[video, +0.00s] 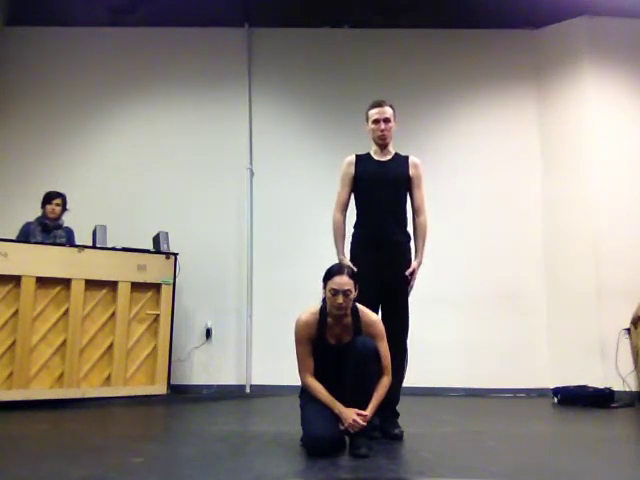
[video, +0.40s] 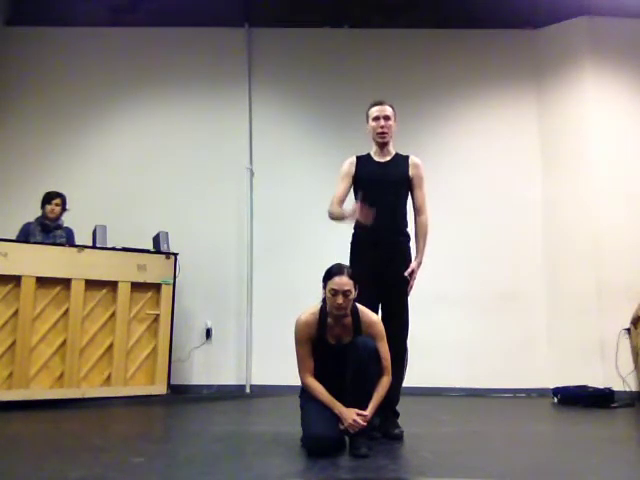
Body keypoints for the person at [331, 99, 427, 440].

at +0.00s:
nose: (382, 126)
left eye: (387, 121)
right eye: (376, 121)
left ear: (395, 125)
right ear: (367, 127)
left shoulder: (411, 166)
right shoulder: (353, 165)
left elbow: (420, 215)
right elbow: (339, 213)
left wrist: (418, 258)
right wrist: (342, 259)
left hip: (397, 258)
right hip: (363, 259)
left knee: (396, 338)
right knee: (359, 338)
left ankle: (389, 415)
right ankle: (359, 417)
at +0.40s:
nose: (383, 124)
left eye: (387, 118)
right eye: (377, 119)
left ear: (395, 124)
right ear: (368, 126)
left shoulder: (411, 166)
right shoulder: (353, 165)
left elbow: (421, 215)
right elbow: (333, 210)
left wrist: (419, 259)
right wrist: (350, 213)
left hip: (396, 259)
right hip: (363, 259)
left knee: (395, 339)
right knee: (360, 338)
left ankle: (388, 415)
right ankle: (360, 416)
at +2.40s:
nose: (381, 124)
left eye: (386, 119)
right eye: (375, 120)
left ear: (394, 126)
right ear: (366, 127)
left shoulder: (409, 166)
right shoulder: (353, 163)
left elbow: (419, 215)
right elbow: (332, 205)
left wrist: (416, 259)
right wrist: (366, 177)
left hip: (395, 257)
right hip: (362, 257)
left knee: (395, 337)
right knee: (358, 336)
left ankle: (388, 415)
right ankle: (359, 416)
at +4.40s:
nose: (381, 121)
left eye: (386, 117)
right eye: (375, 117)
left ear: (393, 124)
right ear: (365, 126)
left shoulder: (409, 165)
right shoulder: (352, 162)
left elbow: (418, 215)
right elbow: (331, 203)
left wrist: (415, 259)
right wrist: (365, 175)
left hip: (393, 256)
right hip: (361, 256)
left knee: (394, 337)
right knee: (358, 336)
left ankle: (388, 415)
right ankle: (359, 416)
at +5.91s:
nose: (381, 122)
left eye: (386, 117)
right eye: (376, 117)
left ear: (394, 124)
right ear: (366, 125)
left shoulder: (410, 165)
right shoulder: (353, 162)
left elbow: (418, 214)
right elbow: (336, 208)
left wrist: (416, 258)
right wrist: (364, 178)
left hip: (394, 257)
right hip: (361, 257)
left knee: (394, 337)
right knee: (358, 337)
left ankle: (389, 415)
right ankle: (358, 416)